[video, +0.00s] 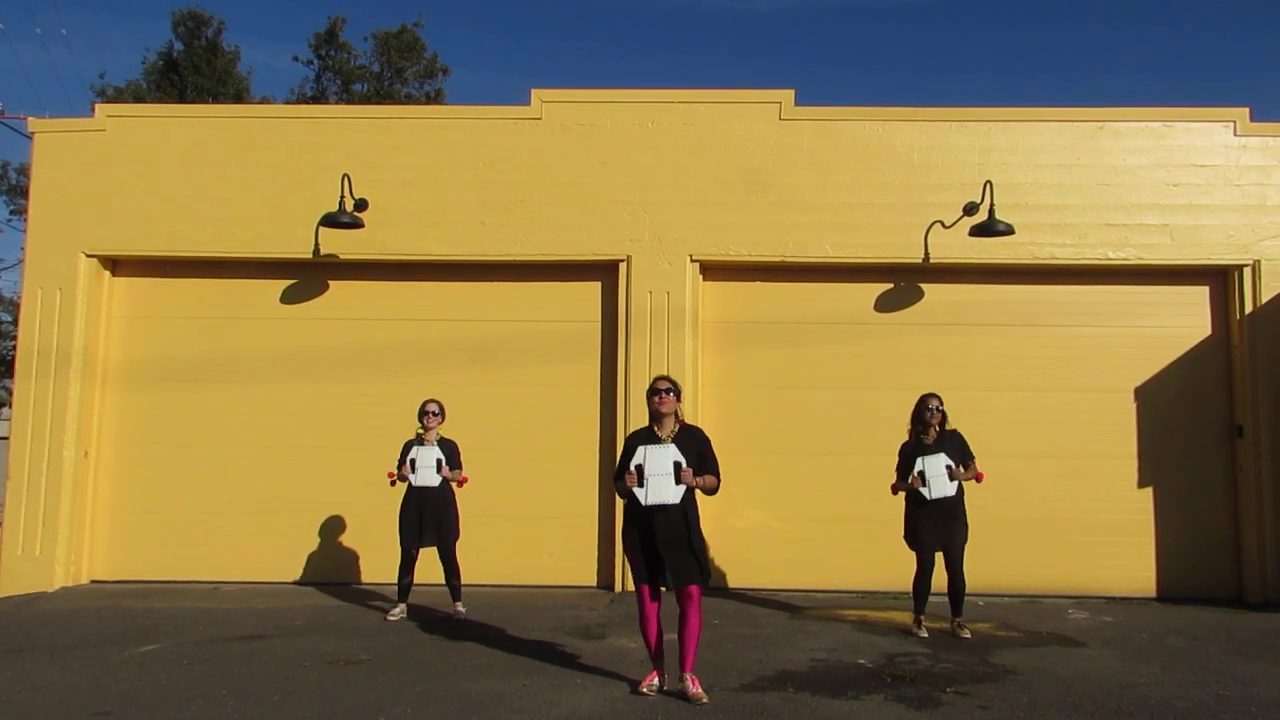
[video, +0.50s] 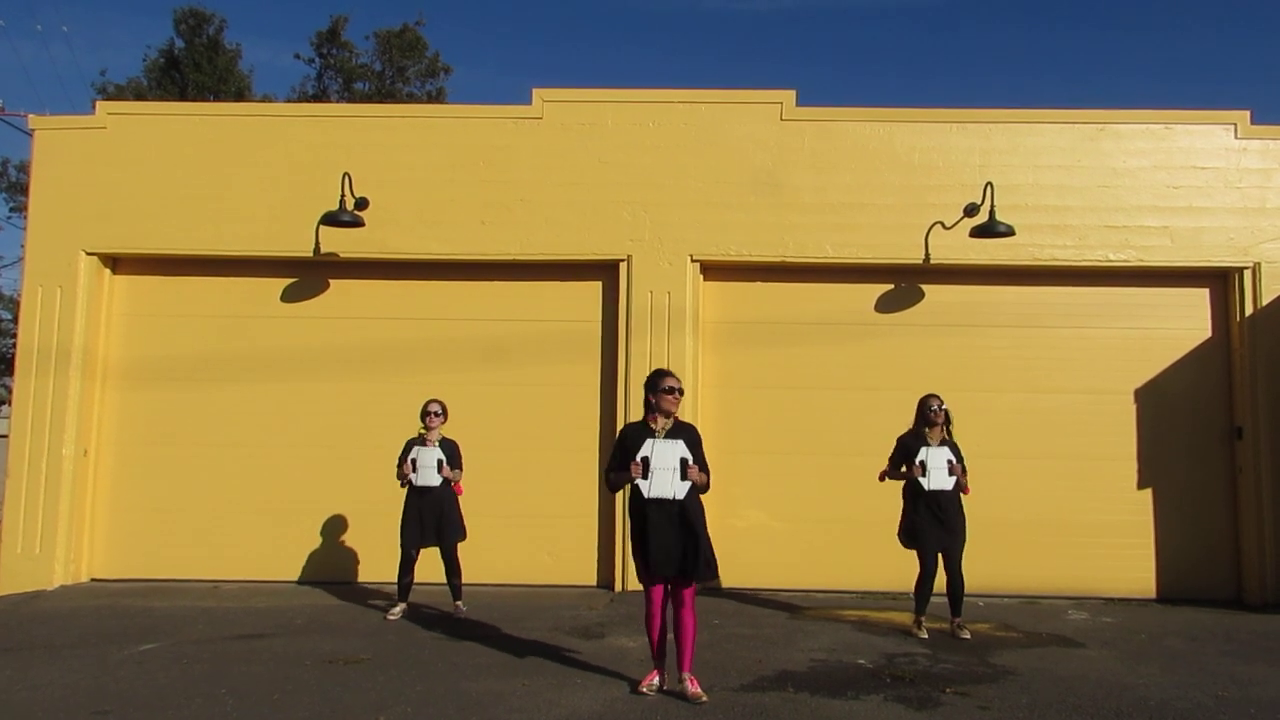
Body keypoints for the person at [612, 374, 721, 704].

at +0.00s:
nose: (661, 397)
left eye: (667, 393)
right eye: (655, 393)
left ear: (678, 400)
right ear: (648, 400)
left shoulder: (695, 437)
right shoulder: (636, 440)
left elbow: (713, 483)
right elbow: (619, 485)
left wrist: (695, 480)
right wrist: (626, 483)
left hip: (682, 530)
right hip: (641, 532)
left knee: (691, 598)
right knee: (648, 600)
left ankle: (687, 675)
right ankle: (657, 672)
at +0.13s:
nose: (662, 407)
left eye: (668, 402)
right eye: (656, 402)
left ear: (676, 410)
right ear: (647, 409)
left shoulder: (694, 445)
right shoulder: (636, 449)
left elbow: (716, 492)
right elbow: (618, 494)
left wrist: (695, 486)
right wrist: (625, 488)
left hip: (681, 538)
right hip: (639, 539)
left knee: (697, 601)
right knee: (645, 606)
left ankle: (687, 675)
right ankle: (657, 673)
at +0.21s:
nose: (665, 399)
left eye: (670, 395)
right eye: (659, 394)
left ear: (678, 402)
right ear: (648, 400)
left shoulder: (693, 438)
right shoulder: (635, 440)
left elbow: (712, 485)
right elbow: (616, 488)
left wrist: (697, 480)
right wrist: (627, 482)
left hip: (682, 534)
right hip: (642, 534)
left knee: (693, 598)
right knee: (648, 602)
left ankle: (687, 675)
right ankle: (658, 672)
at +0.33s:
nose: (667, 393)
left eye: (673, 389)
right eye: (661, 388)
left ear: (680, 395)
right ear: (649, 392)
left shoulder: (690, 431)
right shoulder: (631, 430)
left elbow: (707, 479)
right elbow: (612, 477)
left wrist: (696, 474)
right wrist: (629, 472)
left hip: (685, 530)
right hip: (646, 530)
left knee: (684, 599)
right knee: (653, 600)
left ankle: (686, 675)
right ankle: (657, 672)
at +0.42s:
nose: (670, 395)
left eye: (675, 391)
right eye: (663, 390)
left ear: (680, 398)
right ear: (649, 394)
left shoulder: (688, 434)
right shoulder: (630, 434)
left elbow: (706, 484)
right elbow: (610, 481)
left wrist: (698, 478)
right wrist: (627, 473)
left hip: (687, 531)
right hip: (649, 532)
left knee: (683, 600)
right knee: (654, 600)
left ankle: (686, 675)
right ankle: (657, 672)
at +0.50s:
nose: (678, 397)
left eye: (680, 392)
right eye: (671, 391)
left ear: (679, 398)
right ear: (651, 396)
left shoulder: (688, 433)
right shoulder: (631, 434)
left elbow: (704, 484)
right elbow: (611, 482)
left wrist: (699, 477)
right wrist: (629, 473)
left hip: (686, 531)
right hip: (648, 531)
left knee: (685, 600)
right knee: (655, 599)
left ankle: (686, 675)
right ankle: (657, 671)